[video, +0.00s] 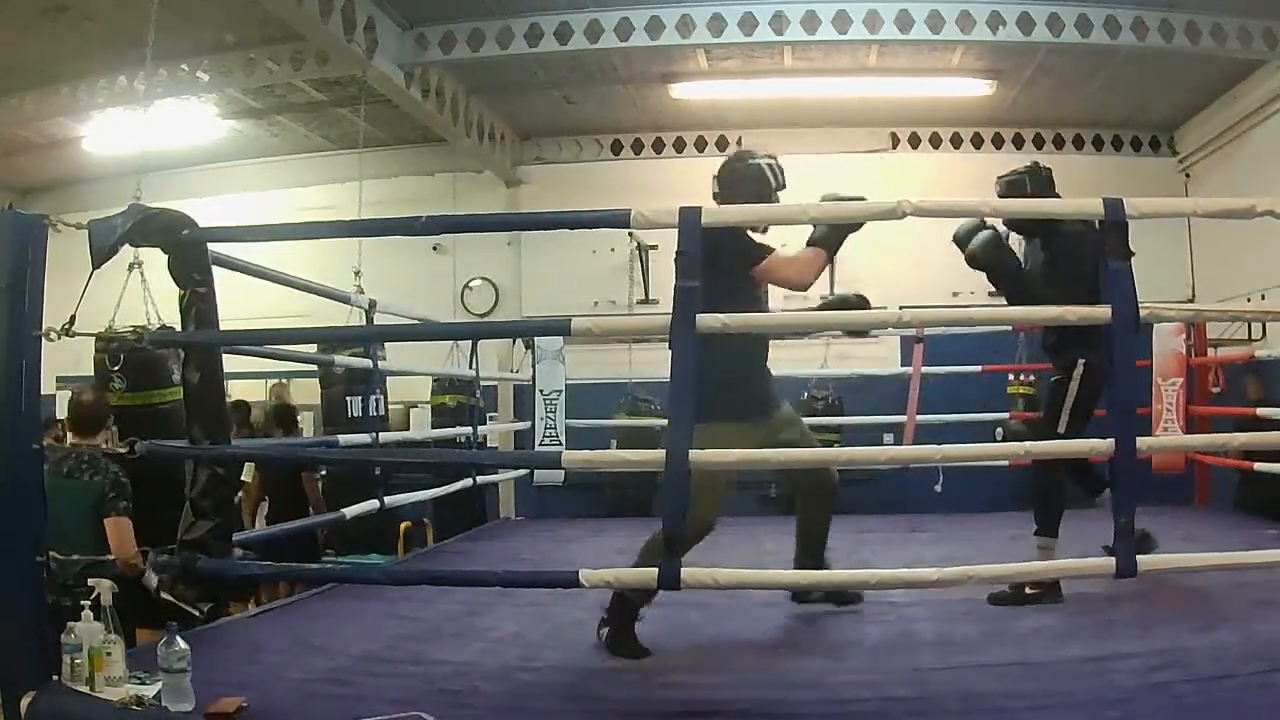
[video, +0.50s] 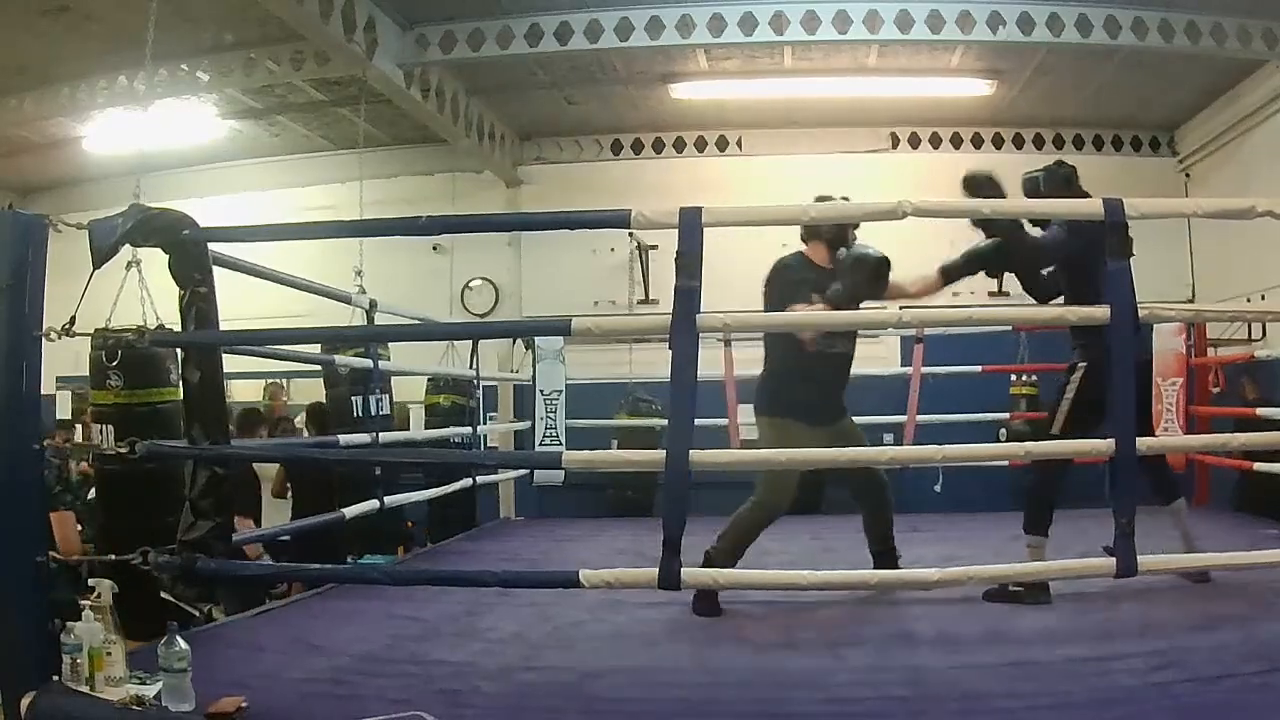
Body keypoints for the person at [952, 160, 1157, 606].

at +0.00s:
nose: (1003, 212)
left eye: (1010, 201)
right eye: (1001, 202)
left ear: (1035, 199)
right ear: (1038, 198)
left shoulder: (1069, 235)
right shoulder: (1044, 239)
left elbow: (1050, 307)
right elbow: (1039, 303)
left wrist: (1003, 265)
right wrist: (1003, 279)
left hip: (1084, 357)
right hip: (1069, 356)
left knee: (1048, 451)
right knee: (1066, 449)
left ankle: (1043, 571)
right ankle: (1128, 532)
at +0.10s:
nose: (1016, 213)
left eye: (1021, 203)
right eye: (1014, 205)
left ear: (1043, 198)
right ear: (1047, 197)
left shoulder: (1077, 232)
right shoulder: (1058, 235)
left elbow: (1080, 301)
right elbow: (1050, 297)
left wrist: (1019, 282)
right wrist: (1009, 269)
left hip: (1087, 355)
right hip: (1081, 354)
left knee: (1047, 450)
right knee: (1083, 449)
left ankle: (1041, 569)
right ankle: (1147, 535)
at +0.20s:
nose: (1025, 220)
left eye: (1029, 209)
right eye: (1022, 211)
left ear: (1051, 205)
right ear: (1064, 202)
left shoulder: (1078, 241)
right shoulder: (1093, 236)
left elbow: (1069, 308)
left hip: (1082, 365)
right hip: (1103, 365)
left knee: (1029, 450)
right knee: (1110, 454)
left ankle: (1038, 566)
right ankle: (1159, 548)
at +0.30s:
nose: (1023, 219)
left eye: (1028, 208)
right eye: (1021, 209)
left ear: (1050, 203)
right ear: (1062, 200)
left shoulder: (1078, 235)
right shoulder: (1092, 232)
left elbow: (1078, 295)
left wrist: (1032, 285)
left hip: (1084, 361)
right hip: (1106, 360)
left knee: (1031, 450)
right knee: (1118, 451)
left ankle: (1032, 568)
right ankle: (1160, 547)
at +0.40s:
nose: (1025, 210)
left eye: (1026, 202)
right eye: (1024, 203)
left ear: (1043, 198)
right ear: (1066, 189)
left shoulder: (1071, 224)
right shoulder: (1099, 221)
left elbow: (1054, 290)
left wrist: (1008, 239)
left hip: (1090, 355)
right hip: (1125, 354)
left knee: (1047, 454)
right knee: (1138, 444)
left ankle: (1032, 572)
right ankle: (1169, 547)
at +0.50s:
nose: (1035, 212)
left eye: (1038, 202)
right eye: (1034, 204)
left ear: (1056, 194)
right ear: (1074, 188)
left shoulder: (1079, 224)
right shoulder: (1098, 228)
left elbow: (1034, 250)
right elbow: (1043, 290)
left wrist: (1002, 221)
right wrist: (1011, 259)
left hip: (1097, 356)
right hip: (1132, 353)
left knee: (1048, 453)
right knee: (1145, 448)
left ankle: (1033, 573)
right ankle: (1193, 551)